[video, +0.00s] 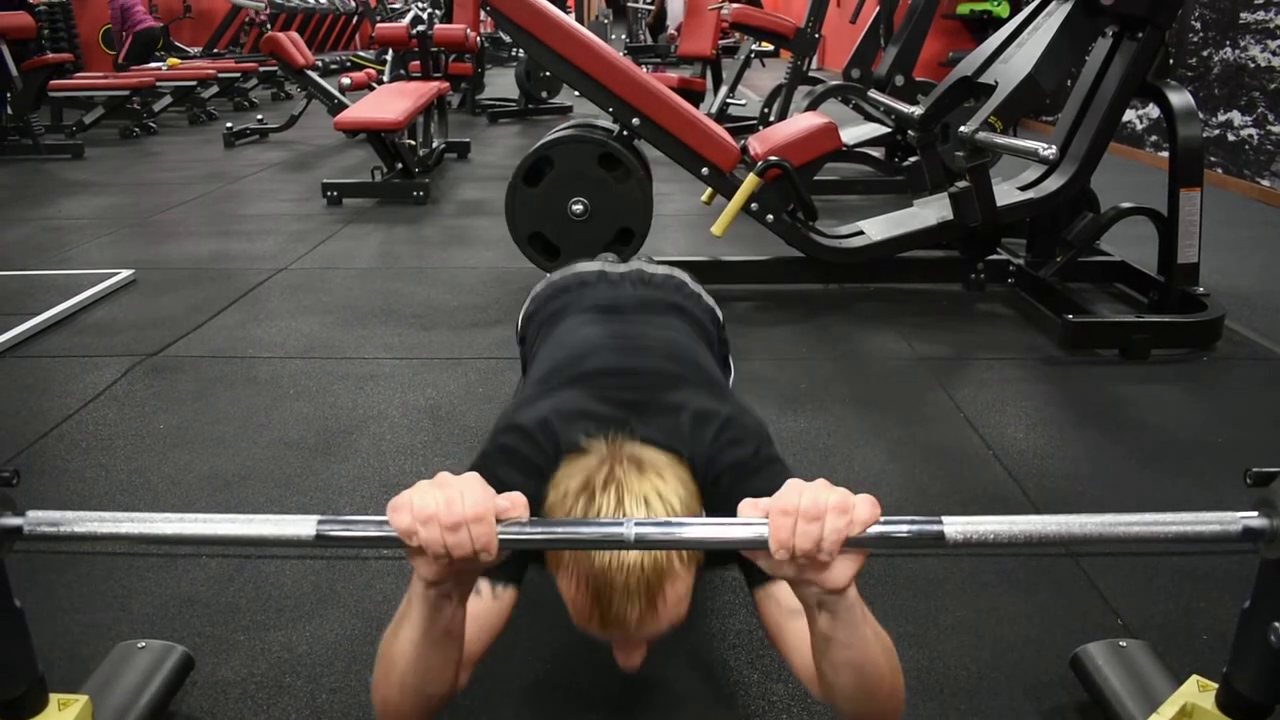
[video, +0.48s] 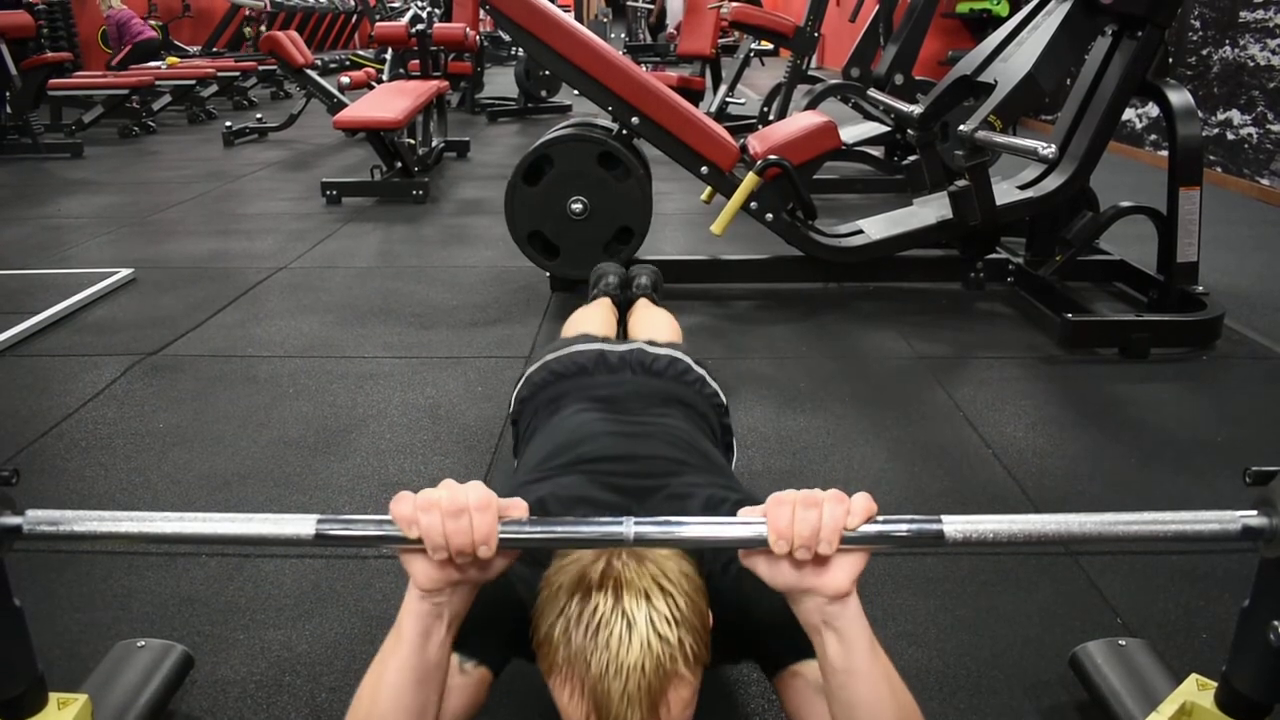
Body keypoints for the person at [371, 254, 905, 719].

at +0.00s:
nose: (629, 661)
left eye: (657, 630)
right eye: (600, 633)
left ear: (696, 550)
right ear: (553, 558)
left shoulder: (744, 475)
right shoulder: (511, 477)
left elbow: (872, 705)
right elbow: (403, 703)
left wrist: (832, 598)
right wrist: (438, 583)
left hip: (681, 292)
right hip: (558, 294)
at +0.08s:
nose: (627, 685)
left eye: (655, 658)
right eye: (599, 658)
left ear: (694, 576)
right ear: (550, 582)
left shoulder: (747, 501)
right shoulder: (511, 502)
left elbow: (866, 710)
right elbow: (401, 707)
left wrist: (834, 602)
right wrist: (434, 588)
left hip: (681, 309)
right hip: (555, 310)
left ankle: (647, 274)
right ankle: (596, 275)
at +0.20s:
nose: (628, 716)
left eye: (656, 687)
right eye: (599, 689)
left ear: (693, 599)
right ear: (554, 614)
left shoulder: (750, 528)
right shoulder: (511, 527)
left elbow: (856, 711)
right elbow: (401, 710)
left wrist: (833, 606)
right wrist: (432, 594)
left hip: (682, 340)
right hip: (559, 338)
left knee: (655, 299)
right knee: (587, 299)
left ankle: (641, 278)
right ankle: (597, 279)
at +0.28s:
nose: (631, 715)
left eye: (662, 697)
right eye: (600, 702)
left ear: (694, 611)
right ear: (558, 619)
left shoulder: (750, 535)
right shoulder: (509, 537)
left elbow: (846, 706)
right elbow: (411, 706)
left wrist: (833, 608)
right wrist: (434, 597)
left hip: (680, 352)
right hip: (561, 348)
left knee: (657, 308)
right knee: (582, 306)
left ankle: (640, 285)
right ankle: (597, 285)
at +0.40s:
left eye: (661, 712)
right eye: (596, 713)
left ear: (695, 636)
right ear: (551, 651)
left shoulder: (750, 567)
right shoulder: (504, 561)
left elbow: (855, 713)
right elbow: (409, 711)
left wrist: (835, 611)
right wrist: (432, 599)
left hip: (685, 378)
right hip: (558, 375)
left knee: (658, 324)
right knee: (582, 323)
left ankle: (639, 292)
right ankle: (601, 287)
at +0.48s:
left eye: (666, 711)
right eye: (593, 715)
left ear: (693, 660)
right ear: (552, 673)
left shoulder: (752, 582)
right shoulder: (503, 577)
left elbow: (847, 708)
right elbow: (418, 708)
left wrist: (835, 613)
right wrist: (431, 601)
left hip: (685, 390)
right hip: (558, 389)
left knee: (655, 329)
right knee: (585, 329)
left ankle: (637, 294)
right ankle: (602, 290)